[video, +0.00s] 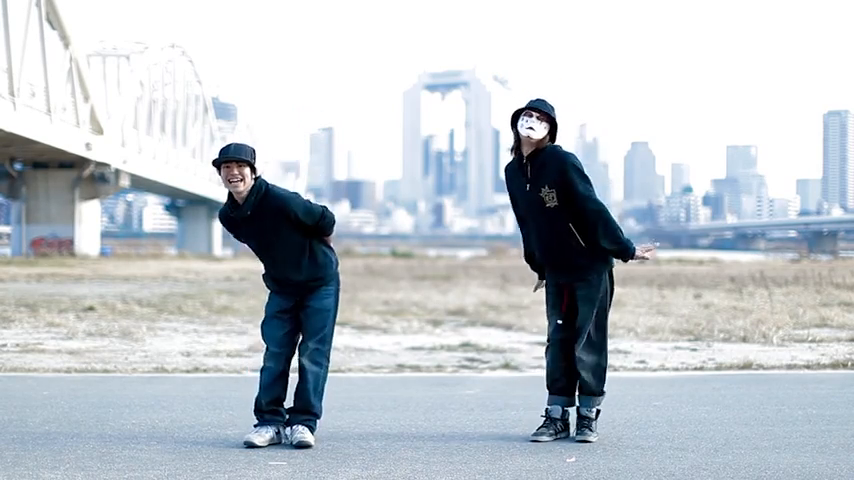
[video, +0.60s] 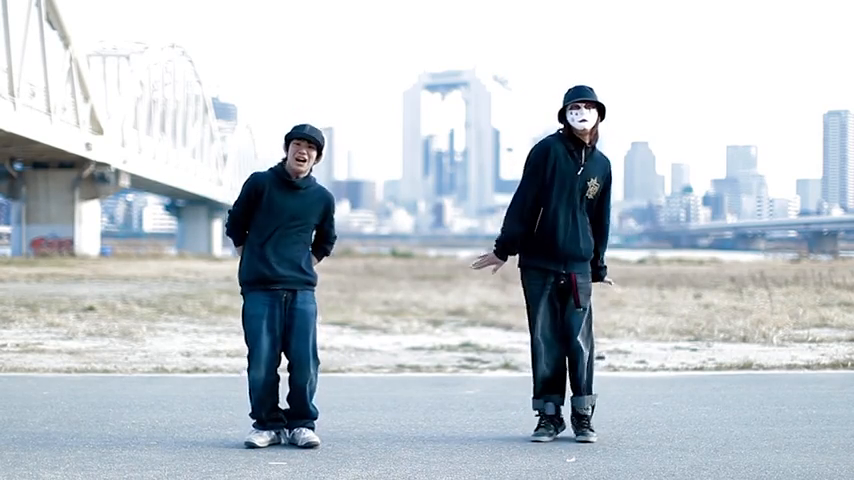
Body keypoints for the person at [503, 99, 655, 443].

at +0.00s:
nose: (532, 122)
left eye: (540, 119)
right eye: (527, 117)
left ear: (550, 130)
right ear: (517, 124)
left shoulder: (561, 161)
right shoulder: (512, 171)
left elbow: (590, 206)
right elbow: (526, 222)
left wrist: (625, 249)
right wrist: (538, 264)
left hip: (589, 264)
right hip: (554, 266)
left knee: (587, 337)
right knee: (557, 338)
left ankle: (587, 416)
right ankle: (556, 416)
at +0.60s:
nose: (581, 114)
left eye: (587, 109)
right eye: (575, 109)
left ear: (597, 115)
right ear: (565, 115)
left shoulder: (601, 163)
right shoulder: (546, 150)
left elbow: (600, 218)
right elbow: (523, 199)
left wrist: (597, 264)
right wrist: (503, 248)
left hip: (578, 260)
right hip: (538, 258)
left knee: (578, 338)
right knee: (543, 338)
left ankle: (583, 415)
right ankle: (549, 416)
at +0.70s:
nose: (591, 112)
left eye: (596, 107)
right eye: (583, 108)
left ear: (606, 113)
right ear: (573, 115)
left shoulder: (604, 161)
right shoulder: (557, 150)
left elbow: (588, 210)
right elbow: (528, 195)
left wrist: (574, 246)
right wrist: (496, 235)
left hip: (572, 257)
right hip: (535, 255)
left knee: (575, 329)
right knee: (535, 331)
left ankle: (583, 407)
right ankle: (545, 412)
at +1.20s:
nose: (574, 119)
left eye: (581, 114)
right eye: (569, 112)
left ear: (590, 122)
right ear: (558, 116)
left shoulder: (598, 162)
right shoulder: (536, 155)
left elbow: (608, 218)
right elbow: (519, 208)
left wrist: (618, 266)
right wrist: (514, 256)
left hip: (587, 265)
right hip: (546, 264)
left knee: (585, 341)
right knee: (546, 339)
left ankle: (585, 415)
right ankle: (547, 417)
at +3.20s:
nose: (576, 141)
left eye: (583, 136)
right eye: (570, 135)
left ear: (591, 143)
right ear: (560, 140)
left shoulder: (604, 188)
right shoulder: (540, 183)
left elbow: (615, 242)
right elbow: (526, 237)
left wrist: (622, 290)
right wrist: (523, 287)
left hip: (594, 284)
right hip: (551, 282)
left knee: (590, 349)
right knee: (555, 348)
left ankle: (580, 416)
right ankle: (548, 417)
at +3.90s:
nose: (560, 113)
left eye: (566, 106)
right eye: (553, 107)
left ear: (577, 110)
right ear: (544, 113)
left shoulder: (598, 148)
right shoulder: (535, 153)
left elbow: (611, 199)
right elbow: (527, 206)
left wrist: (623, 247)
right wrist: (525, 252)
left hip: (594, 256)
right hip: (555, 258)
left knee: (594, 334)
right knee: (556, 333)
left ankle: (595, 414)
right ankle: (556, 412)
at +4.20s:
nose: (571, 130)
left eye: (577, 125)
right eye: (565, 124)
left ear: (586, 132)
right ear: (554, 129)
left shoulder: (599, 174)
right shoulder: (536, 172)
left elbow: (615, 219)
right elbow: (524, 227)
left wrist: (625, 258)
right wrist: (523, 276)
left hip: (589, 270)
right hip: (548, 271)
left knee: (590, 332)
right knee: (552, 341)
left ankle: (591, 406)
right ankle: (554, 414)